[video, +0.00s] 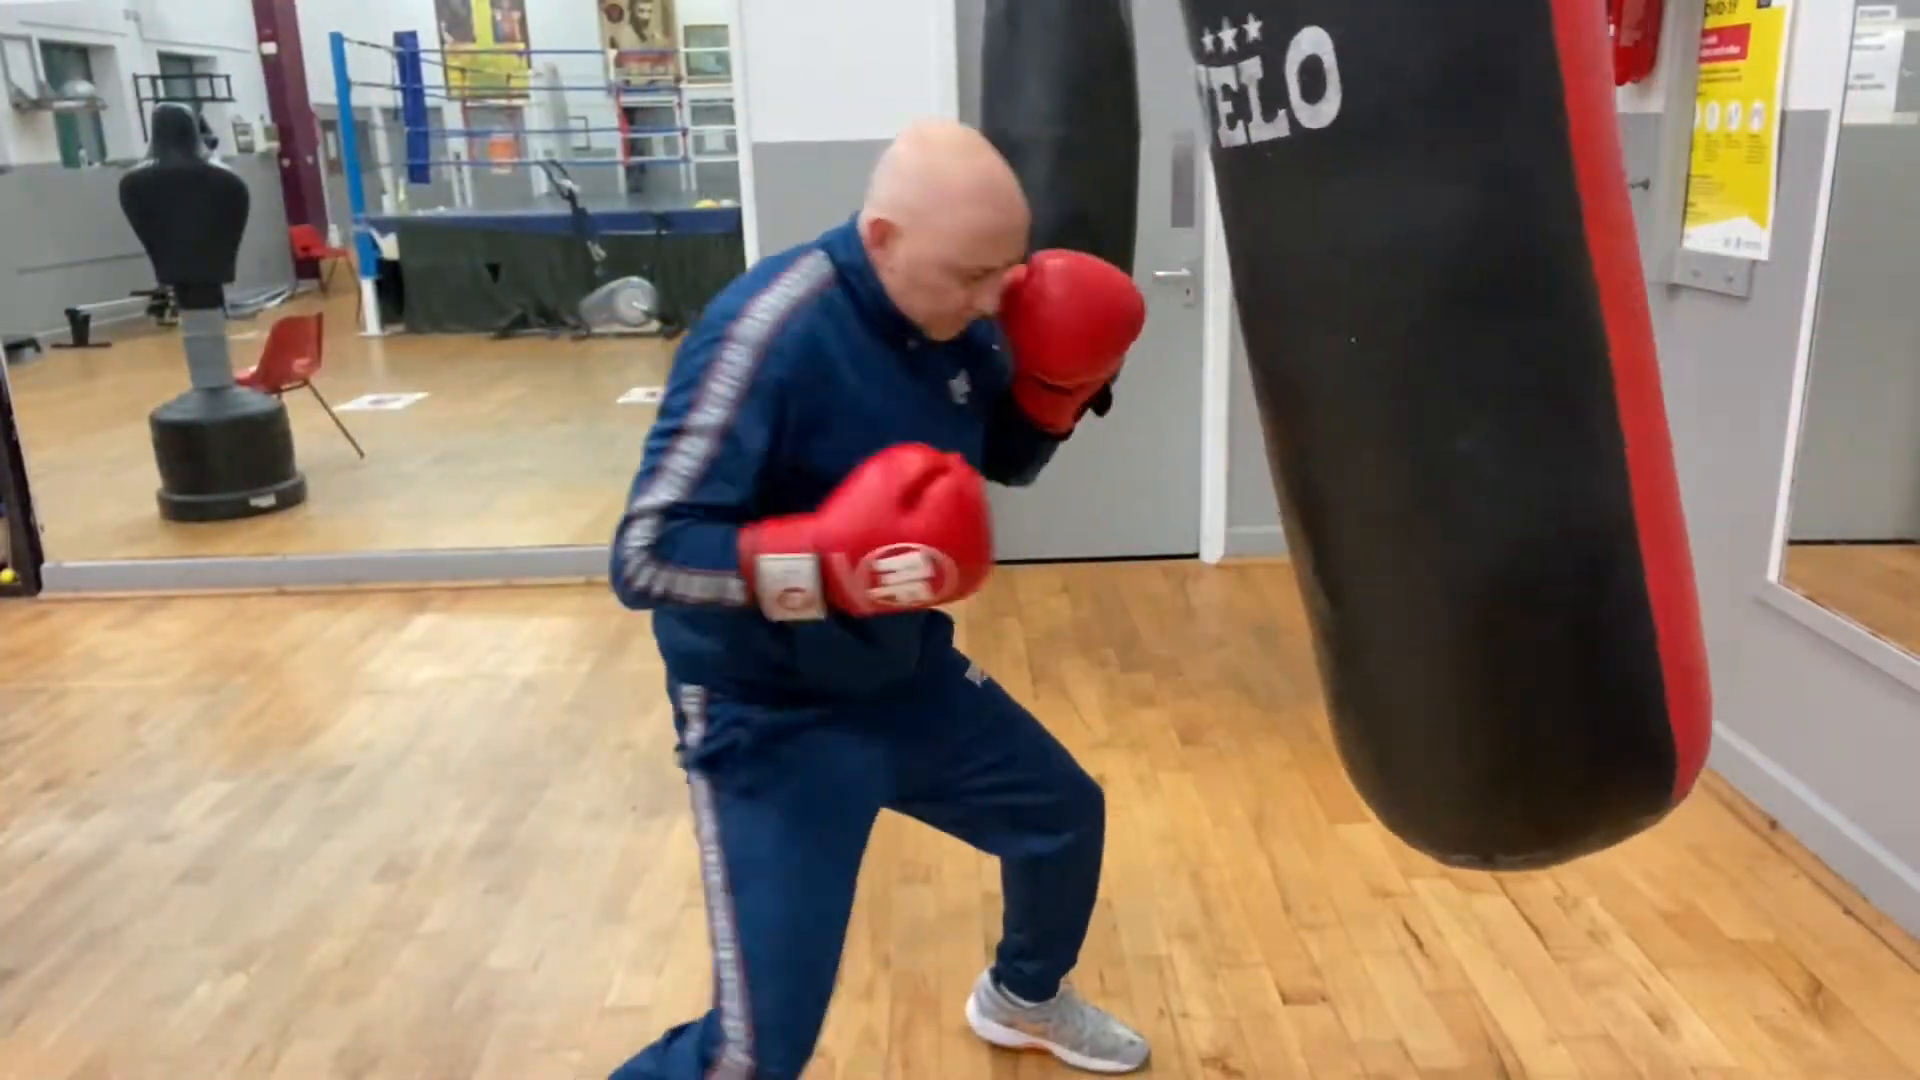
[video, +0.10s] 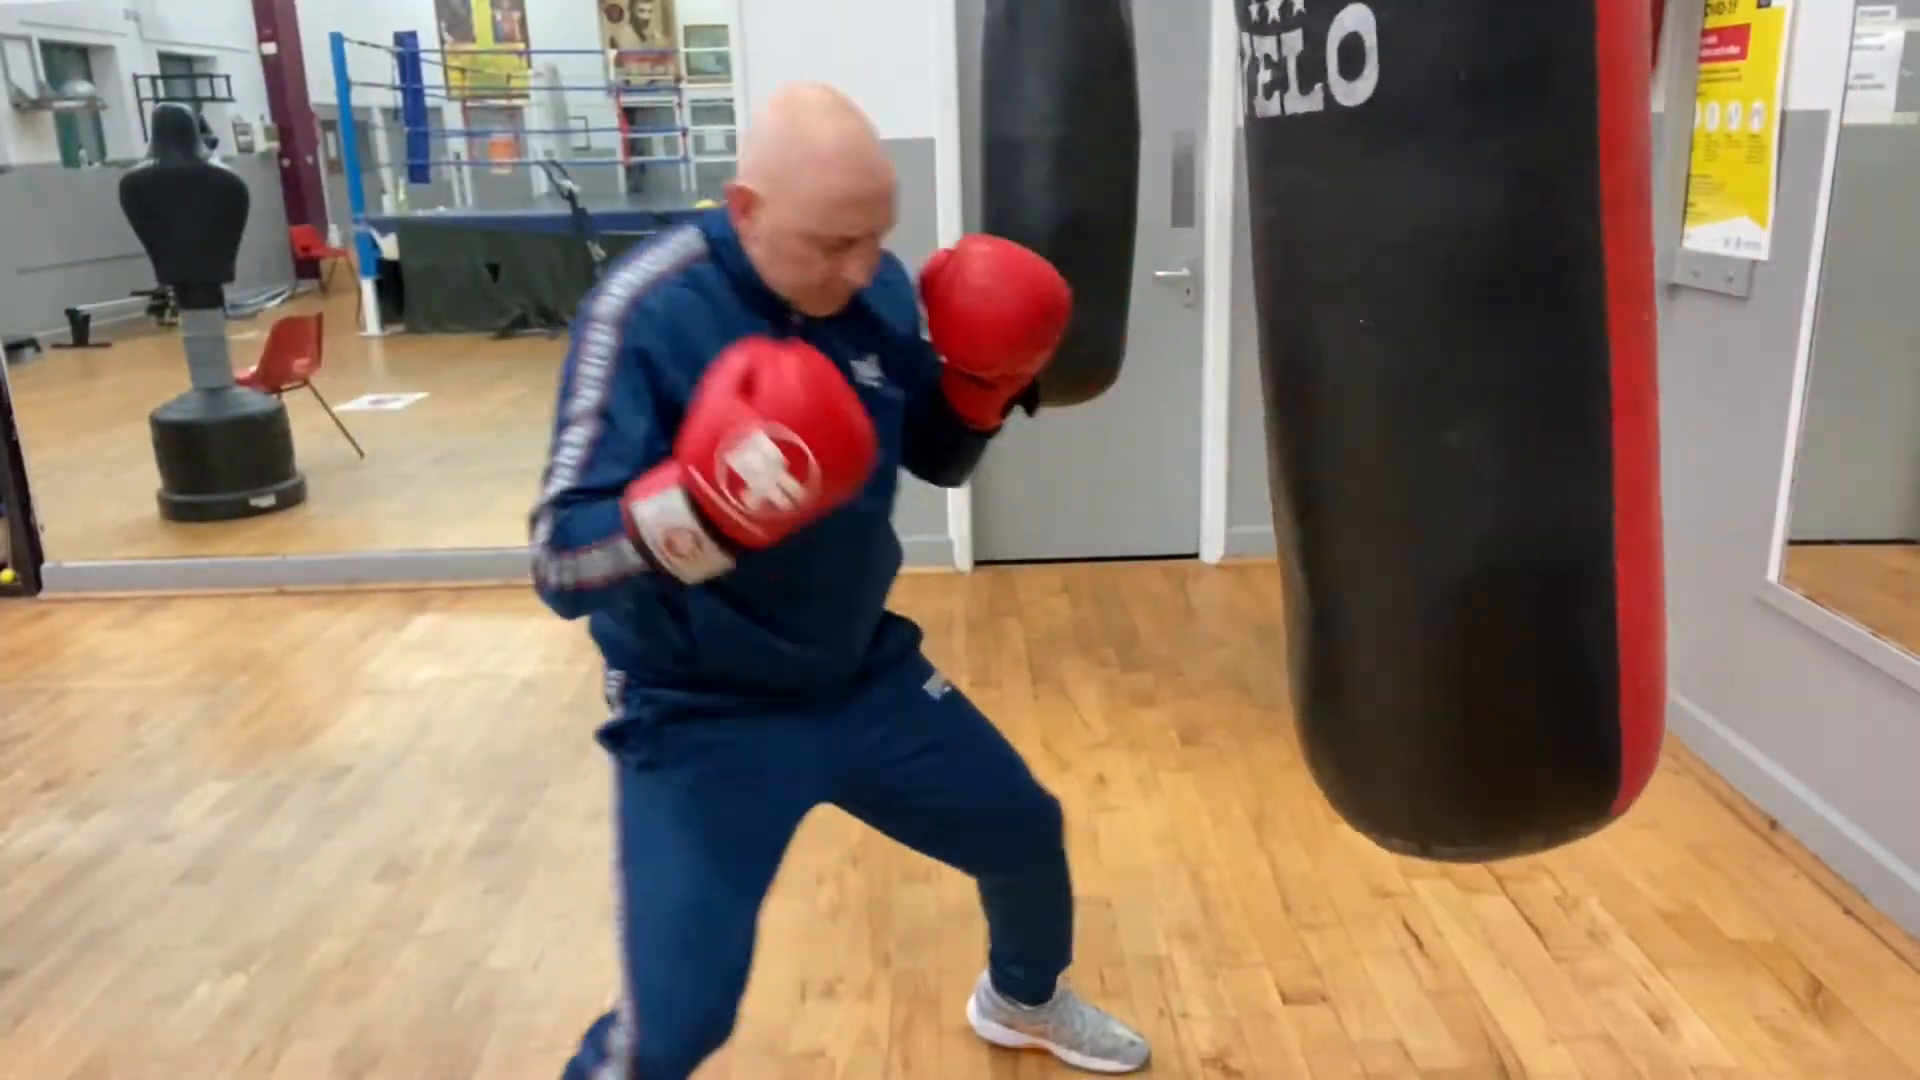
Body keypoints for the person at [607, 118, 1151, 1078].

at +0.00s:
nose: (995, 299)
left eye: (1004, 274)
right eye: (974, 279)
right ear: (885, 239)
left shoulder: (955, 315)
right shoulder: (763, 329)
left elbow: (1006, 458)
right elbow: (646, 555)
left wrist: (1059, 384)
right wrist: (823, 567)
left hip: (904, 678)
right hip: (766, 716)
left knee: (1062, 816)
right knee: (756, 1052)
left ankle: (1024, 997)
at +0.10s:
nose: (859, 271)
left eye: (875, 242)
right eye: (831, 248)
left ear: (886, 205)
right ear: (745, 209)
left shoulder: (880, 287)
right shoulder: (642, 311)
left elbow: (936, 459)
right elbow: (563, 564)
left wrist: (983, 385)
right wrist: (706, 507)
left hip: (862, 680)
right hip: (701, 718)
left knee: (1025, 831)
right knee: (676, 1028)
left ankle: (1023, 1000)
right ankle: (604, 1065)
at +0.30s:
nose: (636, 112)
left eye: (660, 80)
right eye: (603, 83)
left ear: (679, 54)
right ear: (504, 44)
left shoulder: (699, 158)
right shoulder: (406, 167)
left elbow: (800, 352)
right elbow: (369, 421)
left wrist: (824, 247)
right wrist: (485, 243)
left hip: (700, 606)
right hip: (518, 636)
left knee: (822, 819)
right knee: (520, 946)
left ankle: (810, 1007)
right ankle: (505, 1068)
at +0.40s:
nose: (558, 94)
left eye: (580, 56)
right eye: (521, 59)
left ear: (604, 34)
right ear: (428, 27)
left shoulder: (631, 142)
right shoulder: (329, 148)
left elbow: (746, 346)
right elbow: (290, 410)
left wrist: (753, 234)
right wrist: (404, 239)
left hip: (627, 598)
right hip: (441, 611)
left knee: (725, 841)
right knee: (417, 921)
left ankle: (690, 1022)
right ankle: (387, 1012)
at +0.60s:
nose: (403, 153)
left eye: (422, 118)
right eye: (369, 120)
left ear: (440, 95)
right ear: (266, 86)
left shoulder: (447, 207)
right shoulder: (153, 220)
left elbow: (564, 440)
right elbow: (145, 491)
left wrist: (545, 308)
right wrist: (276, 339)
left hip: (484, 677)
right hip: (278, 708)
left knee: (640, 900)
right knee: (189, 1015)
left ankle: (674, 1049)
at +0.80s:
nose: (219, 76)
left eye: (243, 43)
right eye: (185, 39)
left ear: (262, 34)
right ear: (78, 18)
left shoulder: (272, 141)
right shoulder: (8, 151)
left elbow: (387, 387)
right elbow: (3, 424)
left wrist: (368, 243)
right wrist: (57, 274)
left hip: (319, 621)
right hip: (99, 661)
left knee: (479, 860)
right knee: (81, 1004)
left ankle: (512, 1046)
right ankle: (53, 1051)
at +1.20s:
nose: (108, 20)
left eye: (124, 2)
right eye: (73, 8)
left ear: (145, 11)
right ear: (9, 17)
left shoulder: (184, 130)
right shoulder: (9, 161)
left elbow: (307, 346)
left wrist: (275, 189)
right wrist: (30, 208)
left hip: (222, 594)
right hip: (34, 619)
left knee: (300, 866)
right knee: (28, 966)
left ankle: (303, 1051)